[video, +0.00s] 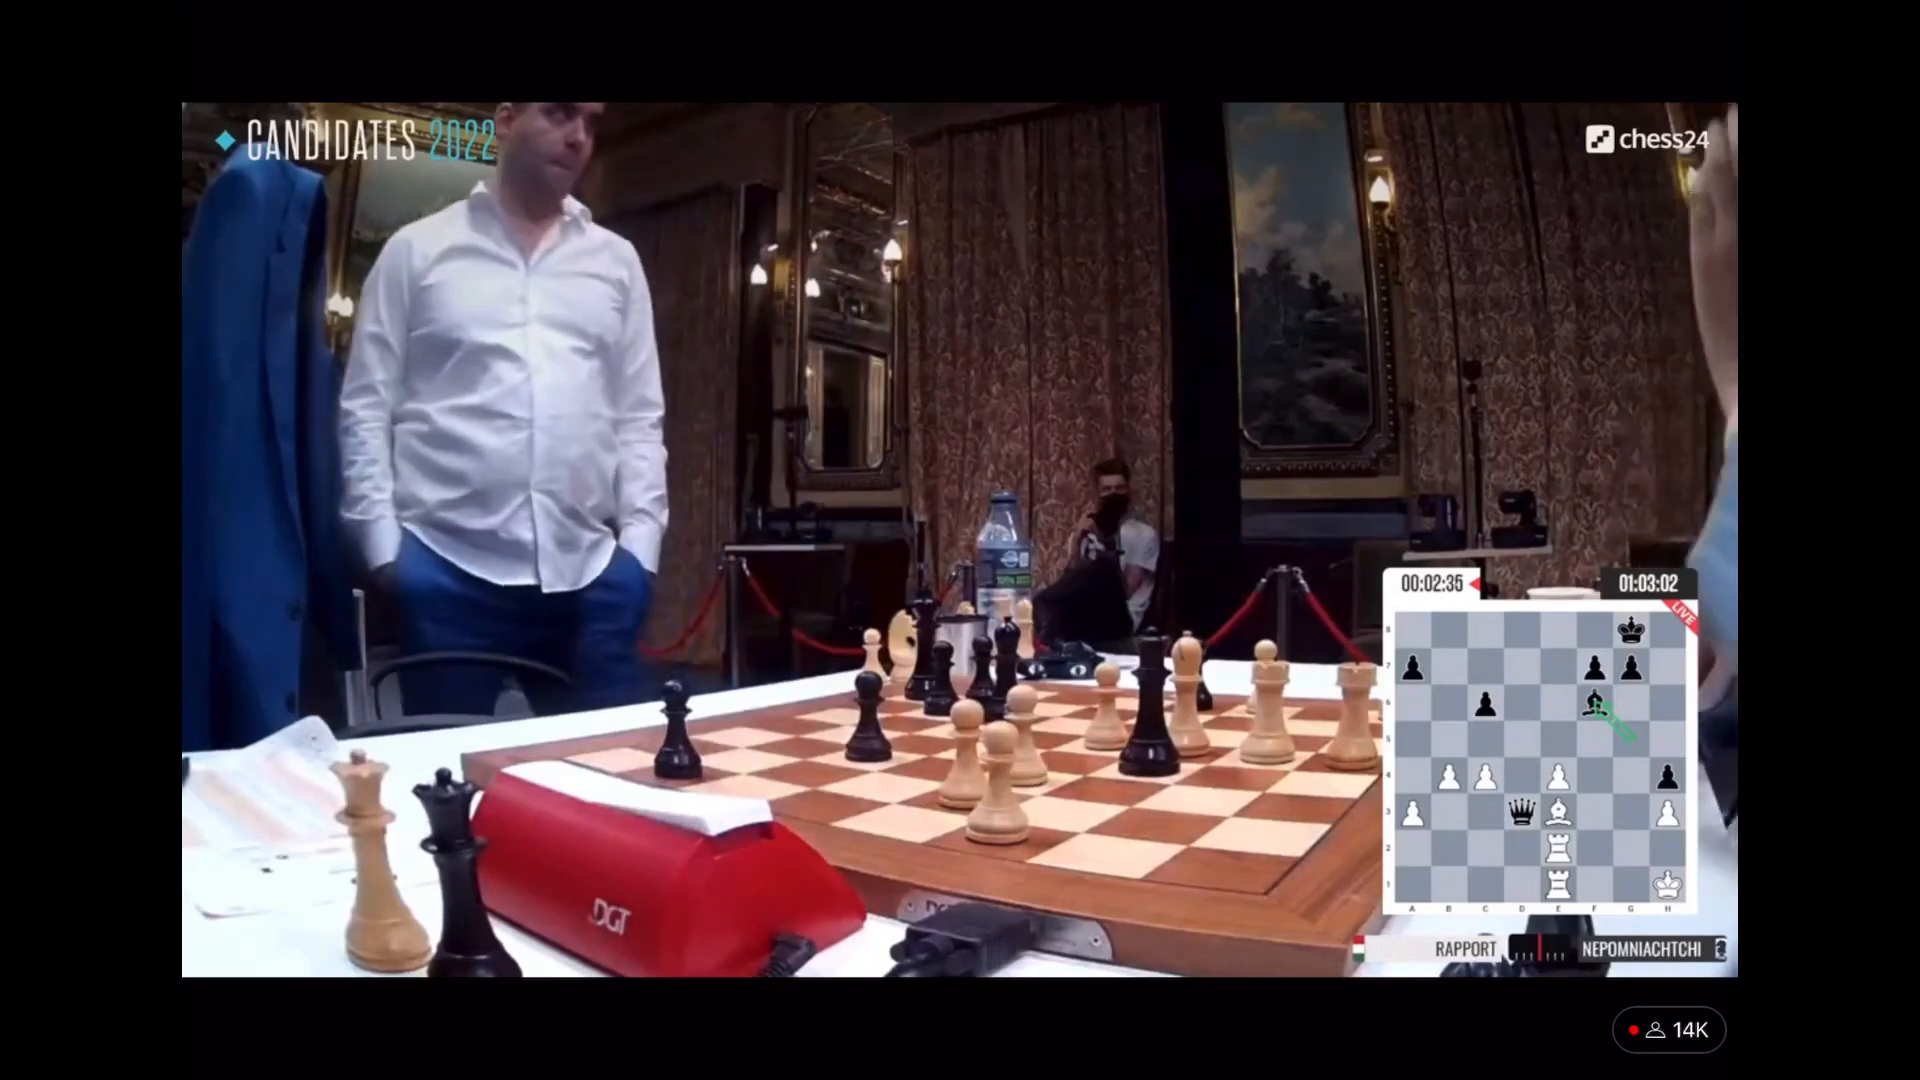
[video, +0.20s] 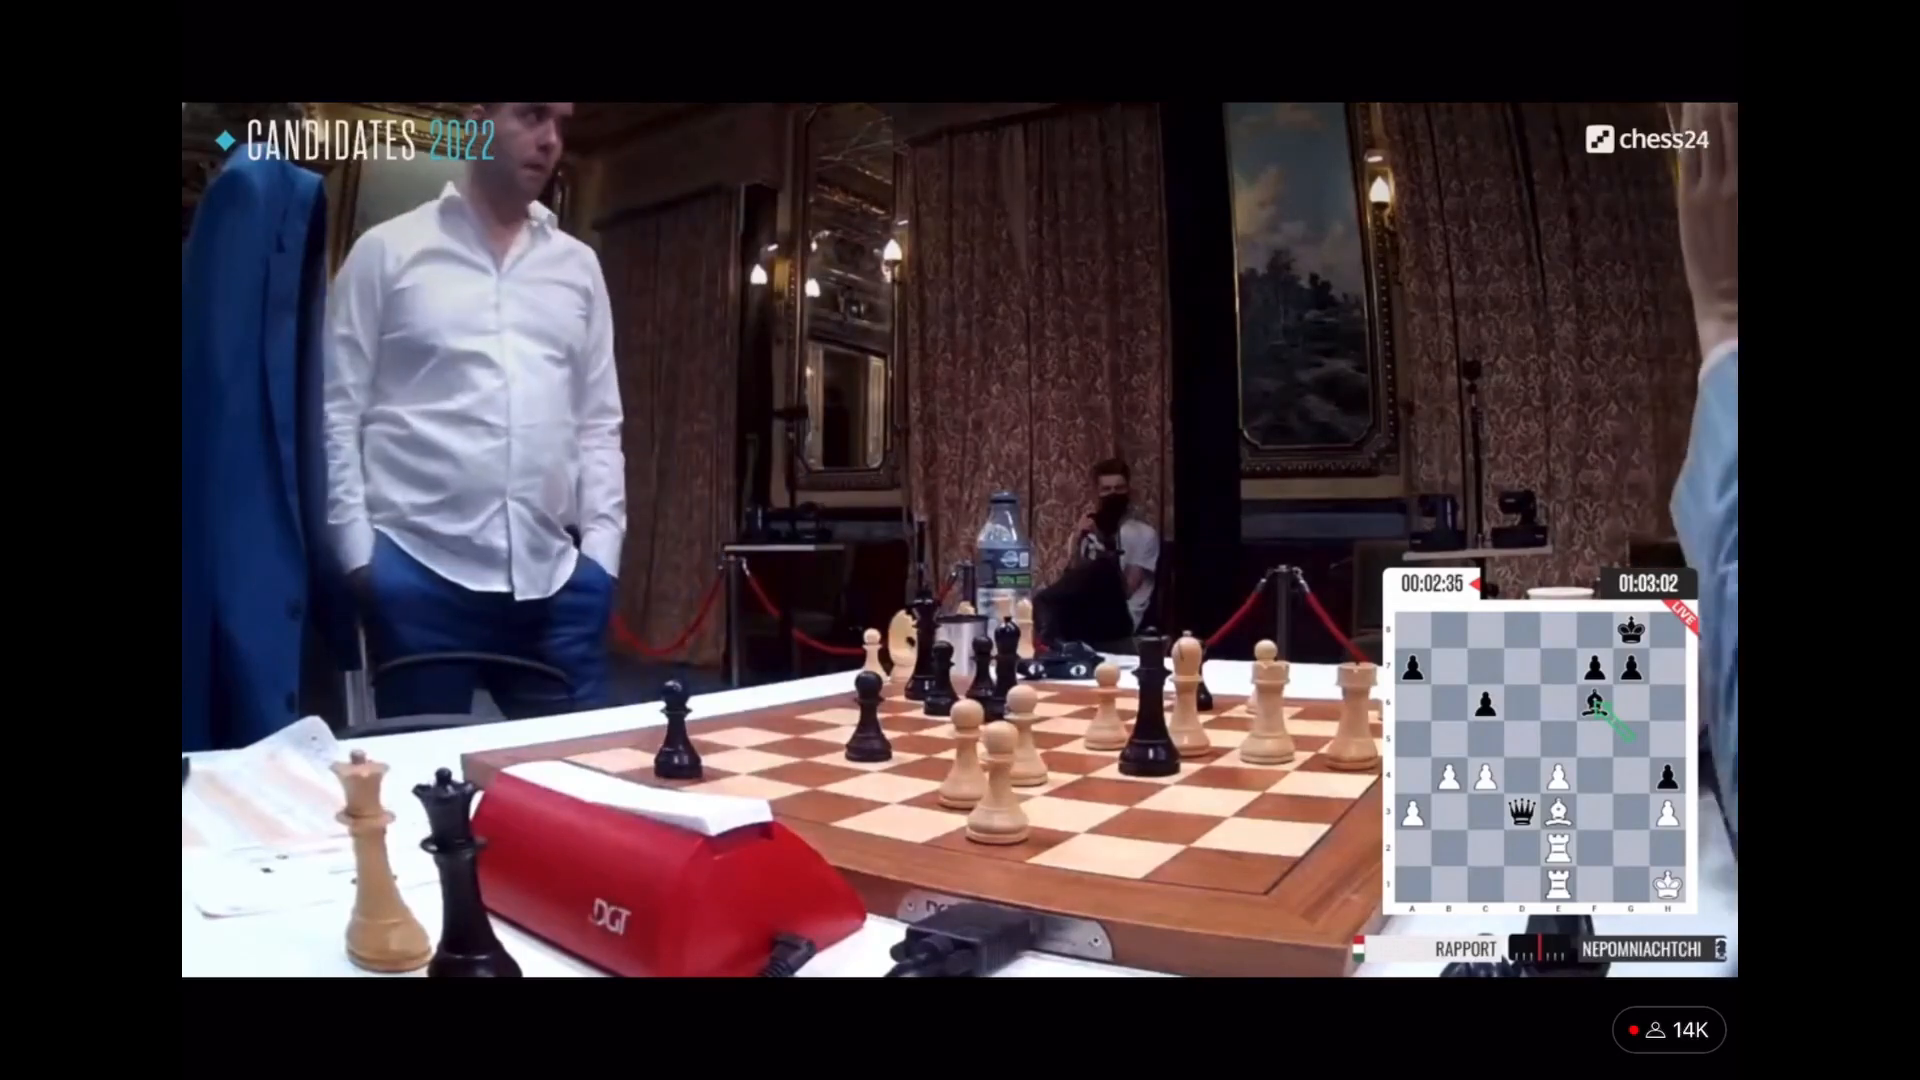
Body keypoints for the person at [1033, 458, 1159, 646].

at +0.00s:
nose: (1114, 495)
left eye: (1119, 488)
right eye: (1106, 489)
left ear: (1128, 489)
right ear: (1097, 492)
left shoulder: (1143, 534)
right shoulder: (1090, 529)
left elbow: (1127, 589)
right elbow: (1073, 578)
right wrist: (1076, 537)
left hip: (1122, 621)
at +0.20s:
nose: (1113, 495)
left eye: (1119, 488)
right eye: (1106, 489)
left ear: (1128, 490)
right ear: (1097, 492)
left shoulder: (1143, 534)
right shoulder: (1090, 529)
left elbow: (1127, 589)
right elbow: (1073, 577)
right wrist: (1076, 537)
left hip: (1123, 619)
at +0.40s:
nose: (1113, 495)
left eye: (1119, 489)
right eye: (1105, 490)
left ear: (1128, 490)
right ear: (1096, 492)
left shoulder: (1144, 534)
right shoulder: (1090, 529)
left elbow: (1127, 589)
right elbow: (1072, 577)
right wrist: (1076, 536)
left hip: (1123, 619)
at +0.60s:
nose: (1112, 495)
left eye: (1119, 489)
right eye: (1105, 489)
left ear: (1128, 490)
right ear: (1096, 492)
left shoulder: (1144, 534)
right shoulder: (1089, 528)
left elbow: (1127, 589)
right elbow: (1072, 576)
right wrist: (1076, 536)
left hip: (1123, 619)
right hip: (1087, 609)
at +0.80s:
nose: (1112, 495)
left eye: (1119, 489)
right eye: (1105, 490)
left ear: (1128, 491)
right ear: (1096, 493)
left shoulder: (1145, 535)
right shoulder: (1087, 530)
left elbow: (1127, 589)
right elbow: (1069, 578)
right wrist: (1077, 535)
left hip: (1123, 621)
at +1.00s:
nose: (1112, 495)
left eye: (1118, 489)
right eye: (1104, 490)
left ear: (1127, 491)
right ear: (1096, 492)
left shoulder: (1145, 535)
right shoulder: (1086, 530)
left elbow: (1126, 589)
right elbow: (1069, 578)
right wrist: (1076, 535)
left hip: (1123, 621)